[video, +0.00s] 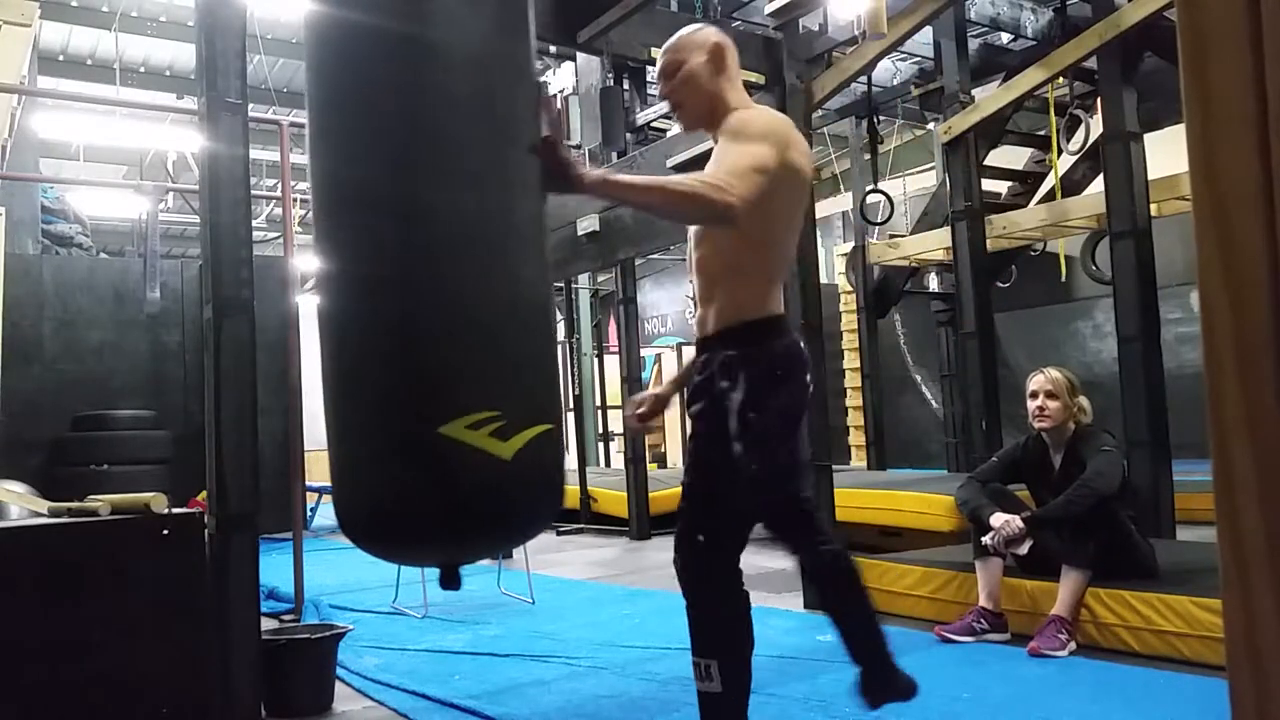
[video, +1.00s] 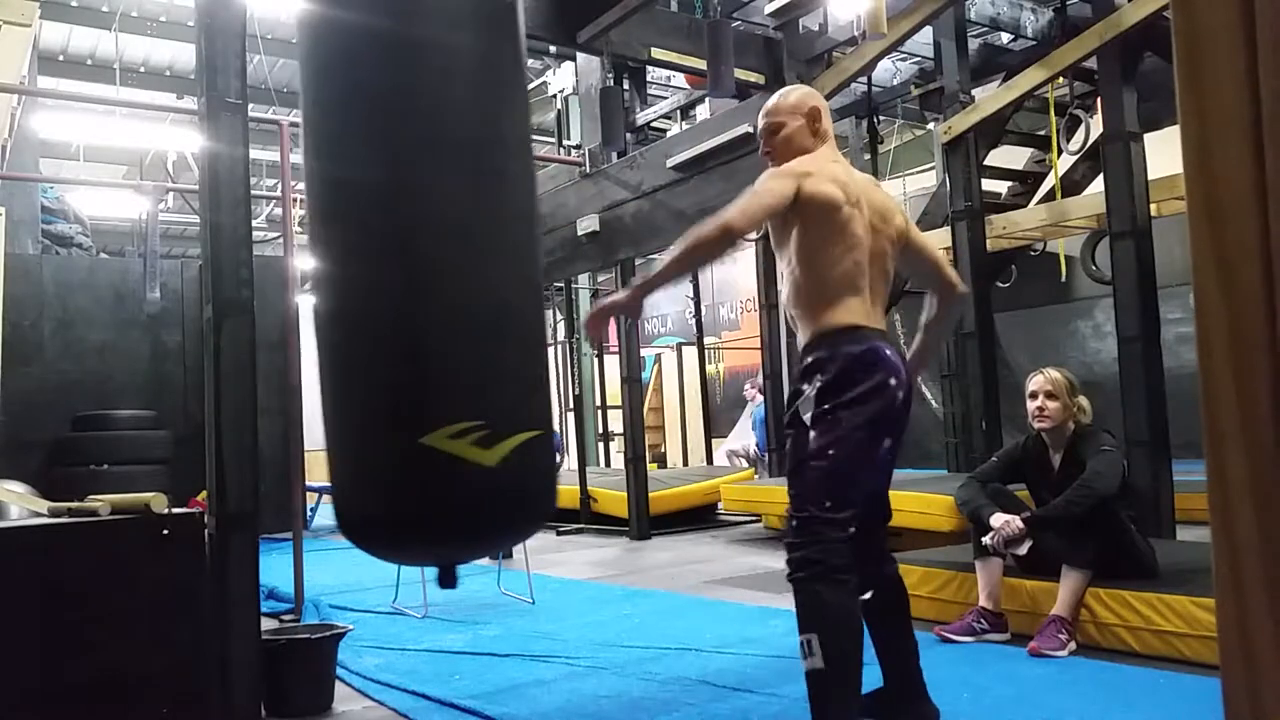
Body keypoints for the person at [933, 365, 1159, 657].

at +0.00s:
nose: (1040, 404)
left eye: (1051, 396)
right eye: (1034, 397)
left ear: (1072, 406)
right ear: (1026, 406)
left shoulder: (1097, 442)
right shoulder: (1028, 449)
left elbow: (1101, 484)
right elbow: (967, 488)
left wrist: (1028, 521)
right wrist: (992, 516)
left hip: (1118, 560)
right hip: (1059, 555)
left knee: (1089, 505)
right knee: (989, 495)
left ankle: (1061, 621)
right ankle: (988, 612)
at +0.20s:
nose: (1040, 404)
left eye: (1051, 396)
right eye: (1033, 396)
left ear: (1071, 405)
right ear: (1026, 406)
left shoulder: (1097, 442)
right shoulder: (1027, 449)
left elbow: (1100, 484)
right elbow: (967, 488)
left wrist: (1027, 522)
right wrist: (993, 517)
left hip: (1118, 560)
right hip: (1058, 556)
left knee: (1089, 505)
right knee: (989, 495)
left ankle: (1061, 621)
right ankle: (989, 612)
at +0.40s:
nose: (1039, 403)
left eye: (1050, 396)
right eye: (1033, 396)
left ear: (1071, 405)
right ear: (1025, 406)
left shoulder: (1097, 442)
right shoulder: (1026, 449)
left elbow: (1100, 484)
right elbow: (967, 488)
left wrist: (1026, 522)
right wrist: (992, 516)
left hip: (1118, 559)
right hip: (1057, 557)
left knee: (1091, 504)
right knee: (989, 496)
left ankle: (1060, 621)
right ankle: (989, 612)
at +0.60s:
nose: (1040, 404)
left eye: (1051, 397)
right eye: (1033, 397)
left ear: (1071, 406)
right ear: (1025, 406)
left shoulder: (1097, 442)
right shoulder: (1027, 449)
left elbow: (1100, 485)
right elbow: (967, 488)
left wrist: (1028, 522)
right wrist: (993, 517)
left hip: (1118, 560)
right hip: (1057, 556)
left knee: (1091, 505)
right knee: (989, 495)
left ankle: (1061, 621)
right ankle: (989, 612)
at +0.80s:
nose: (1040, 404)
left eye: (1051, 397)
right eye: (1033, 397)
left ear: (1071, 406)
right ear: (1026, 406)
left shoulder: (1098, 442)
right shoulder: (1026, 449)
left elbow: (1100, 486)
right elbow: (967, 488)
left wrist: (1026, 522)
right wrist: (992, 516)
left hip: (1117, 560)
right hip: (1057, 557)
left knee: (1091, 505)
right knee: (989, 495)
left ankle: (1061, 621)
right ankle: (989, 612)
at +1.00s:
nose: (1040, 404)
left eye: (1051, 397)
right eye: (1033, 397)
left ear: (1071, 406)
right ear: (1026, 406)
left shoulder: (1098, 442)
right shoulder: (1027, 449)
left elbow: (1100, 486)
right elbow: (967, 487)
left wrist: (1027, 522)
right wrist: (992, 517)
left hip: (1118, 560)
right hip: (1057, 556)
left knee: (1091, 505)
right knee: (990, 496)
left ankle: (1061, 621)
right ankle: (988, 612)